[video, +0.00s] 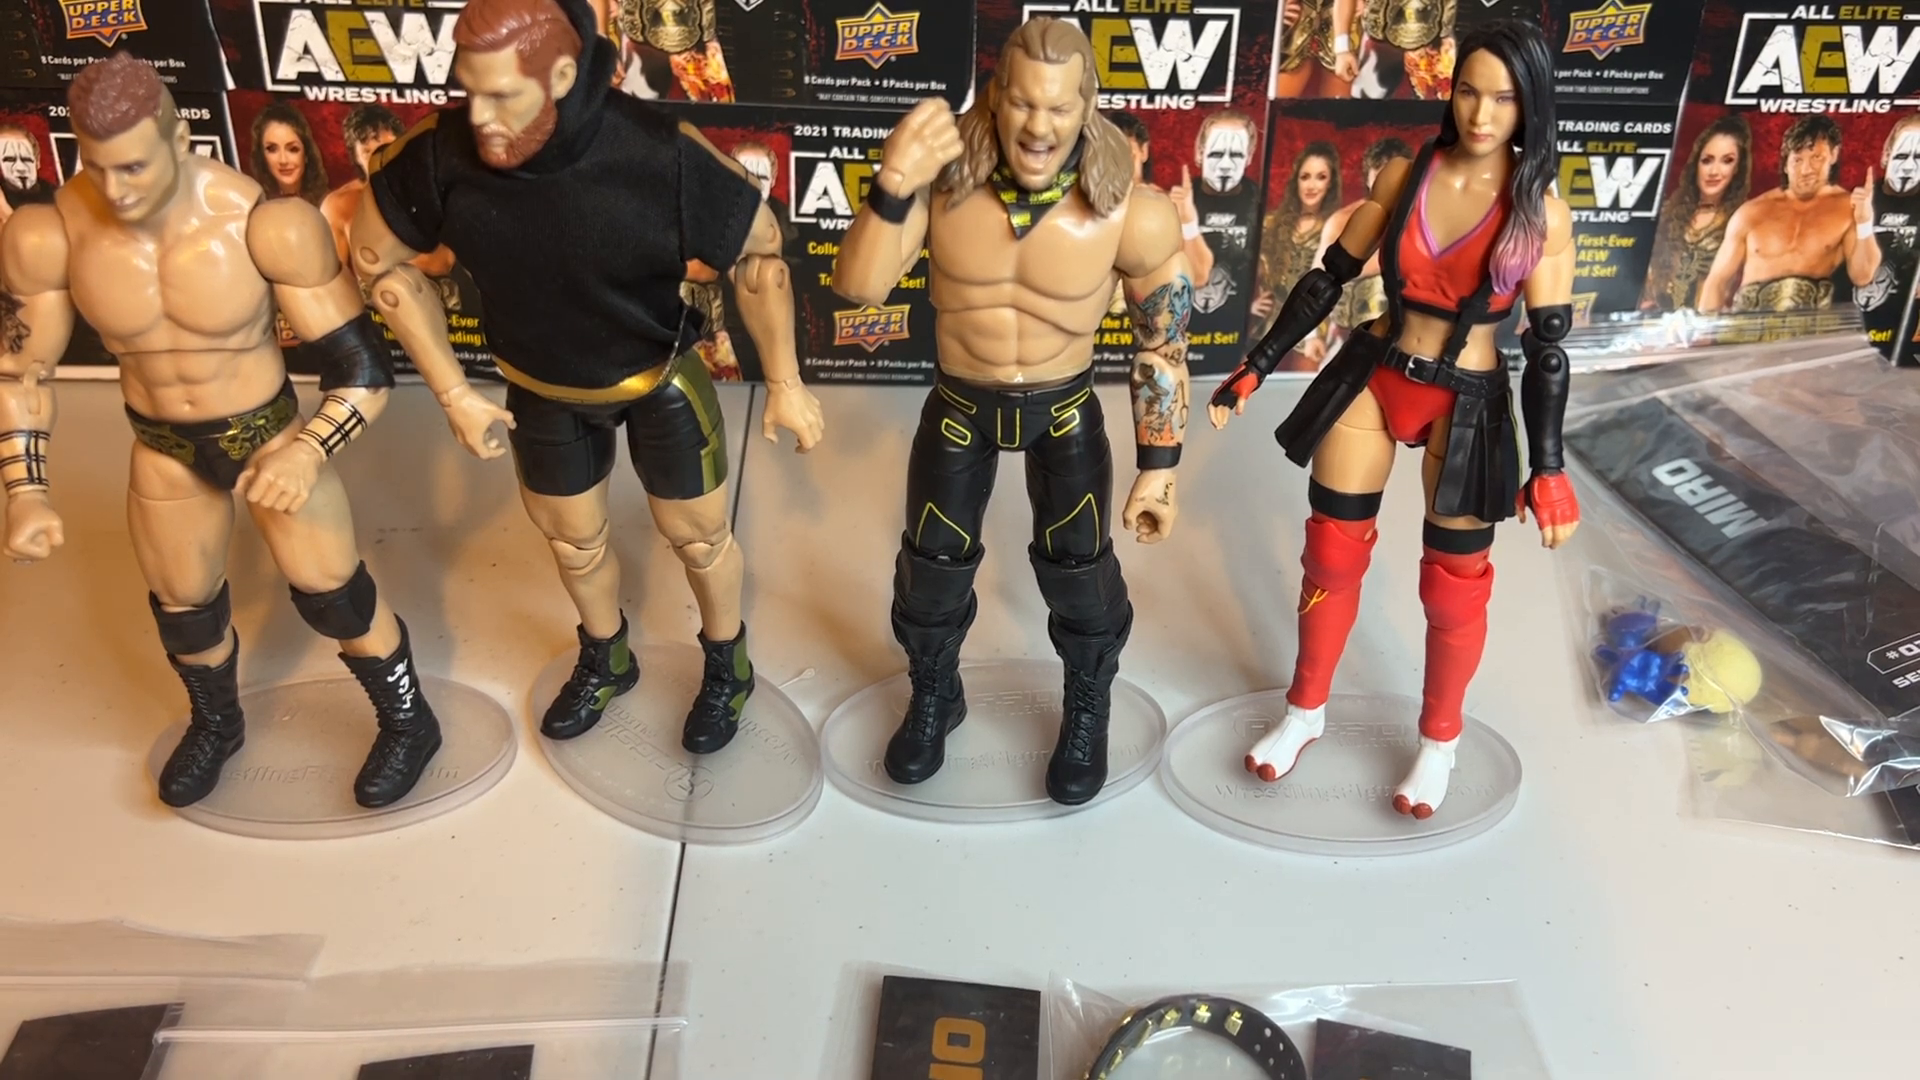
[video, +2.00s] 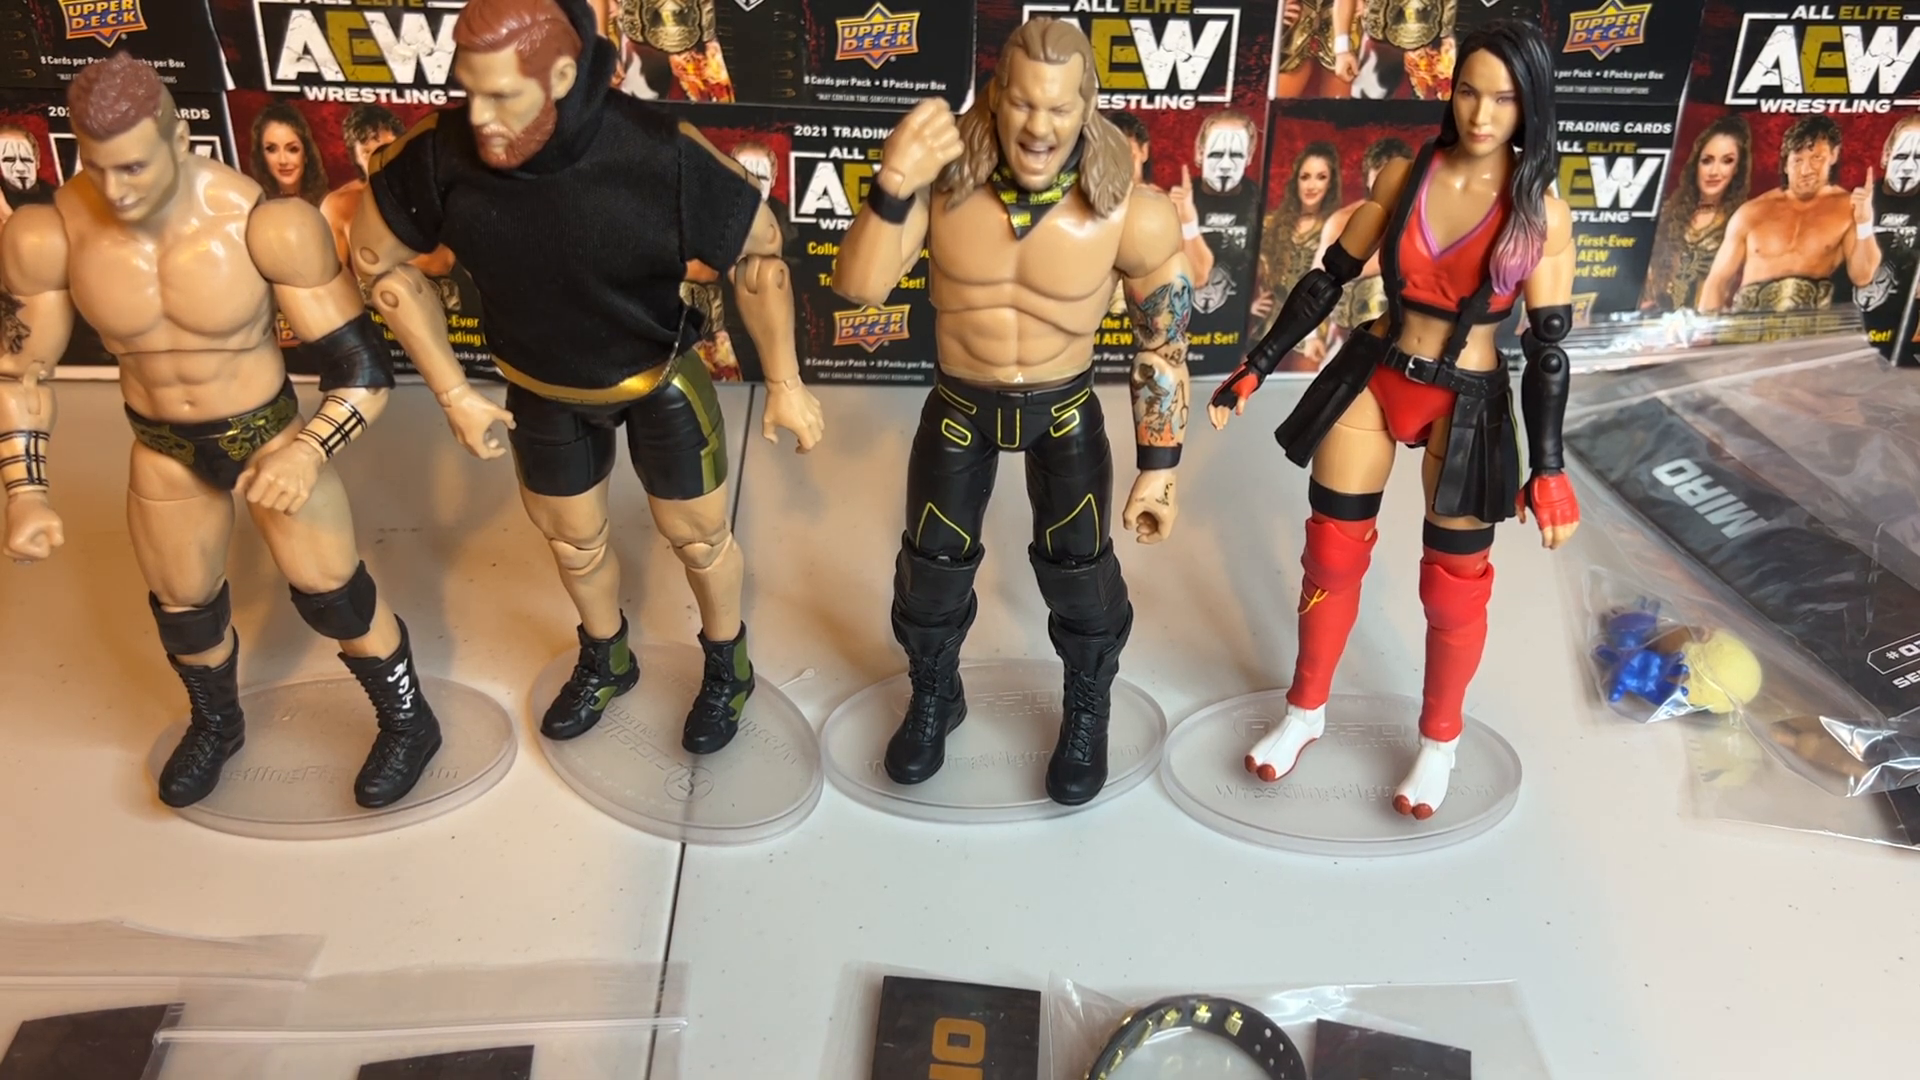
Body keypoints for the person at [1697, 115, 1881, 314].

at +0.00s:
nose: (1806, 169)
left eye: (1817, 158)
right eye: (1797, 160)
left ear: (1834, 156)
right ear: (1785, 162)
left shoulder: (1848, 206)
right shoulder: (1751, 212)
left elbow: (1862, 277)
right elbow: (1718, 281)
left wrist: (1864, 223)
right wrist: (1704, 335)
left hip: (1809, 314)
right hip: (1748, 312)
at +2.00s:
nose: (1806, 169)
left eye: (1816, 158)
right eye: (1797, 160)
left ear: (1834, 156)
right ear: (1785, 163)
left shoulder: (1847, 207)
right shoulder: (1750, 212)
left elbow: (1861, 277)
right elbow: (1718, 281)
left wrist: (1864, 223)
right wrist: (1704, 335)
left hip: (1810, 315)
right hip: (1748, 312)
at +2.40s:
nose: (1806, 169)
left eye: (1816, 158)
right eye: (1797, 160)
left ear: (1834, 156)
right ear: (1785, 163)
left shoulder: (1848, 206)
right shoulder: (1750, 212)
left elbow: (1861, 277)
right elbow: (1718, 281)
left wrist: (1864, 223)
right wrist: (1704, 334)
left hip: (1809, 316)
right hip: (1748, 313)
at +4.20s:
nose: (1806, 169)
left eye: (1816, 158)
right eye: (1797, 160)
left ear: (1834, 156)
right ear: (1785, 162)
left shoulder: (1848, 207)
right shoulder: (1750, 212)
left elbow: (1862, 277)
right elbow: (1718, 281)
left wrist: (1864, 223)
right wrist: (1704, 336)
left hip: (1809, 315)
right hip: (1748, 313)